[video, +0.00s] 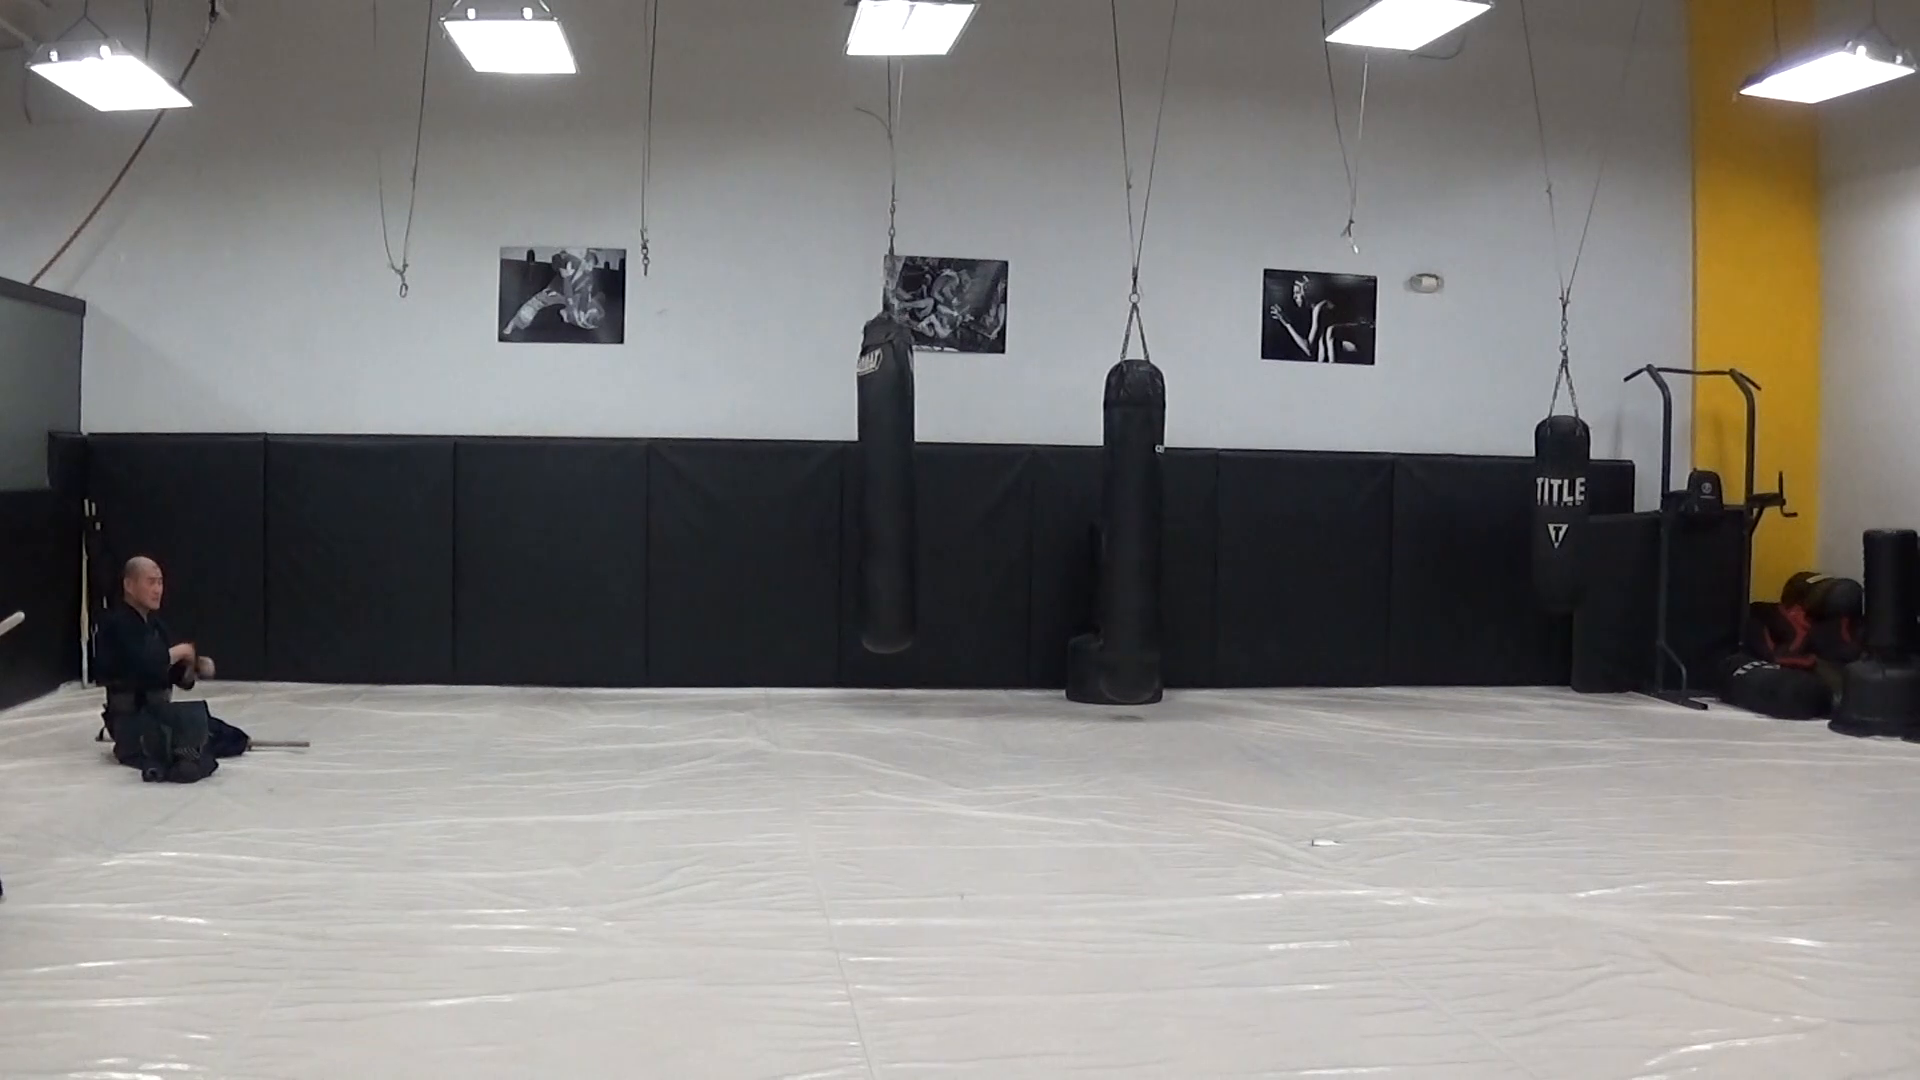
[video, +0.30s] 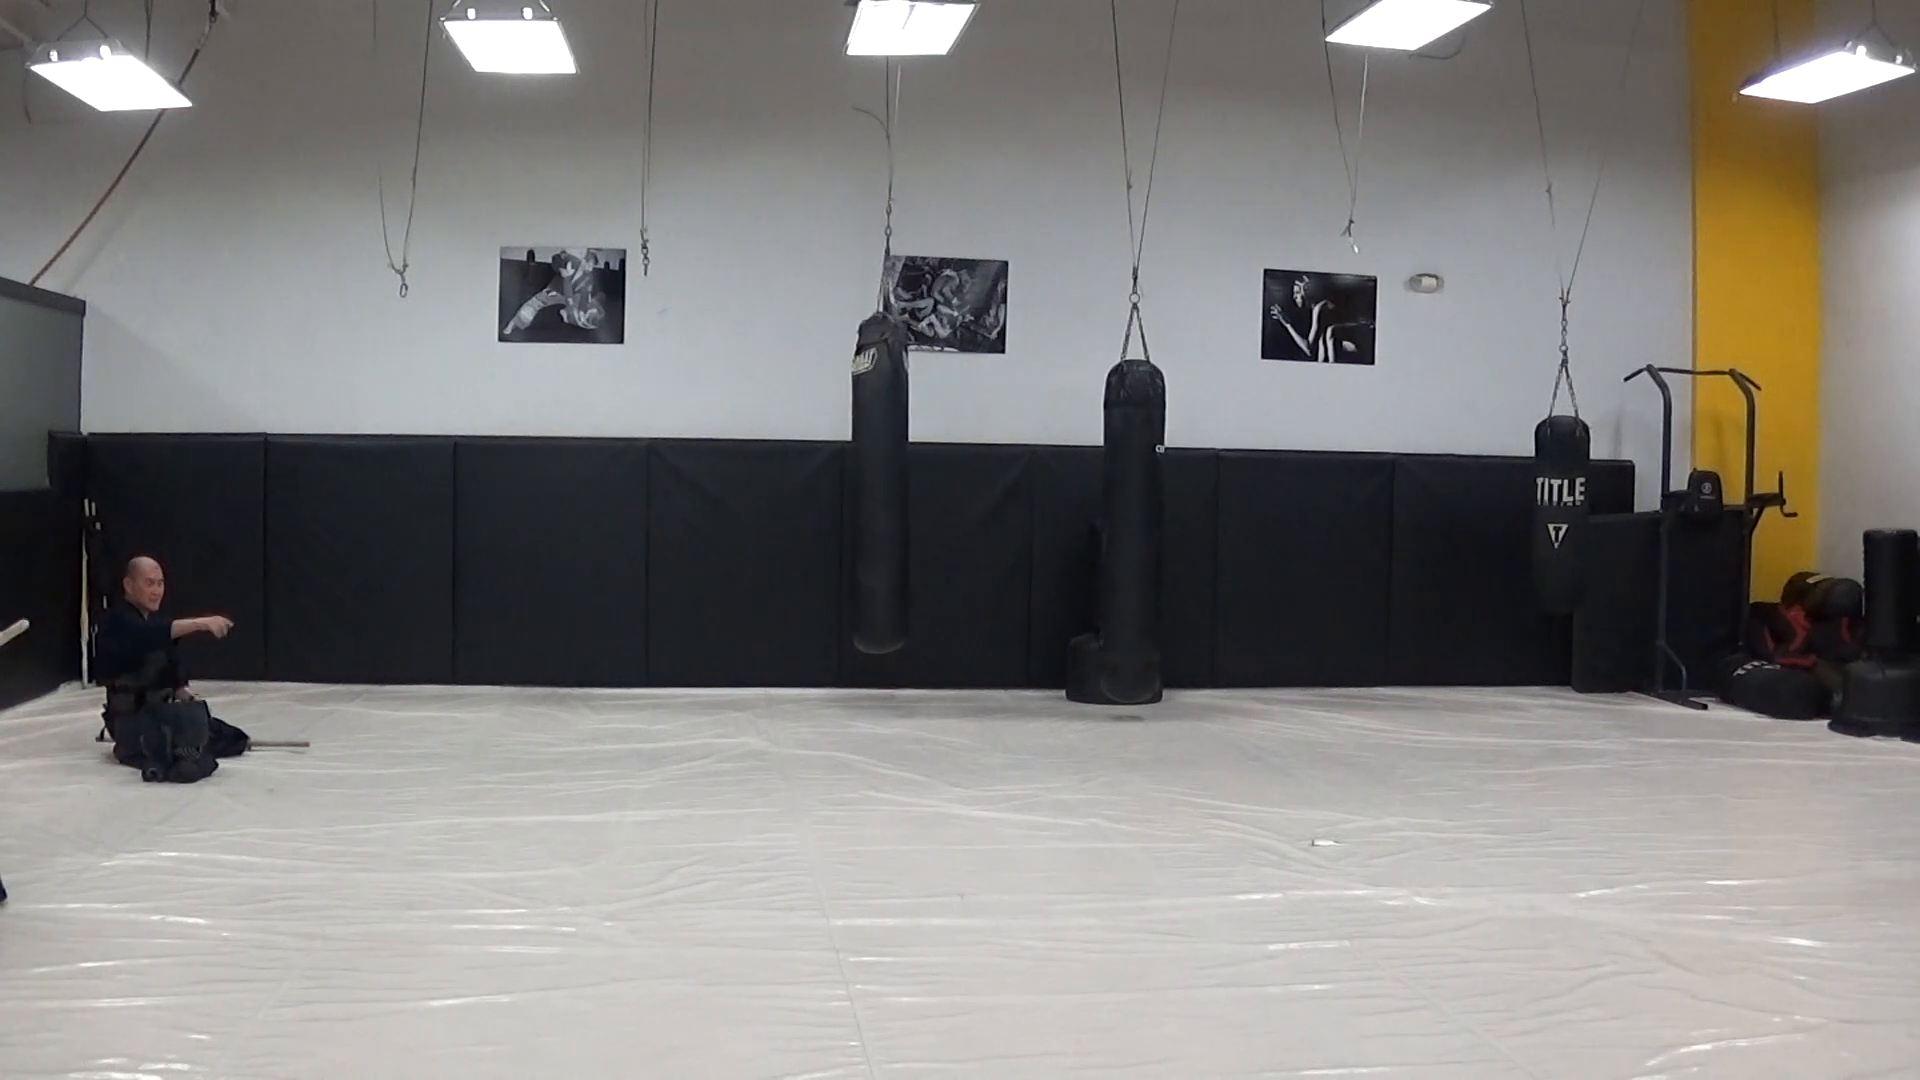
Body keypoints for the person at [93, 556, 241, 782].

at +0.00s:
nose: (159, 589)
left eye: (160, 582)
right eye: (152, 582)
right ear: (129, 585)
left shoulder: (155, 623)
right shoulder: (114, 624)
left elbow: (169, 674)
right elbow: (136, 664)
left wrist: (190, 669)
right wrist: (175, 654)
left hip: (162, 716)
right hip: (129, 723)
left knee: (236, 740)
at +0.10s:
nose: (158, 589)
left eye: (160, 582)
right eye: (151, 582)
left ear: (163, 585)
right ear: (129, 586)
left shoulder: (154, 623)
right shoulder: (116, 621)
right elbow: (145, 652)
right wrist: (194, 634)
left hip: (162, 717)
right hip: (130, 724)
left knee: (236, 740)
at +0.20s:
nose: (157, 590)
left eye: (160, 583)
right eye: (150, 582)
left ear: (163, 585)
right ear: (128, 586)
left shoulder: (156, 621)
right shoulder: (116, 620)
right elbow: (149, 639)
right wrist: (204, 622)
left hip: (162, 715)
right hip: (128, 721)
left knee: (236, 739)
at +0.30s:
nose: (157, 590)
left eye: (160, 583)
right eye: (150, 583)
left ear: (164, 585)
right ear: (128, 585)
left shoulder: (157, 624)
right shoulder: (116, 620)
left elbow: (173, 679)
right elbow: (147, 634)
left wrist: (186, 697)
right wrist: (201, 624)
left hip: (166, 712)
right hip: (129, 719)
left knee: (235, 740)